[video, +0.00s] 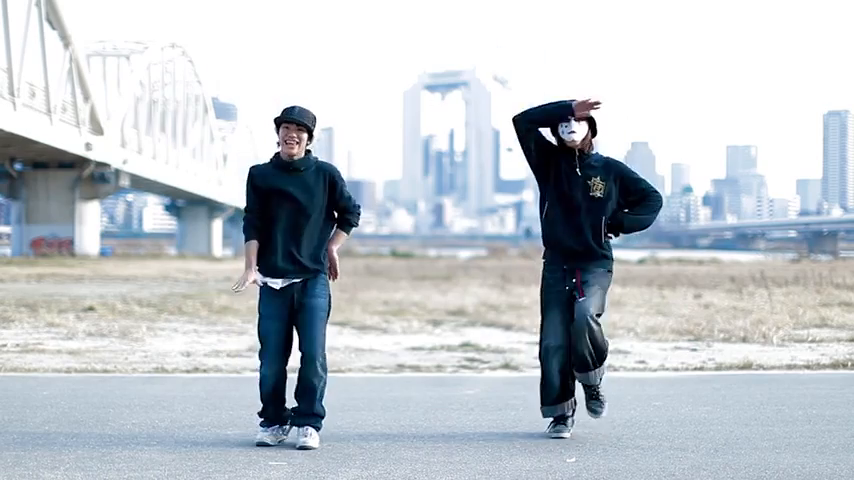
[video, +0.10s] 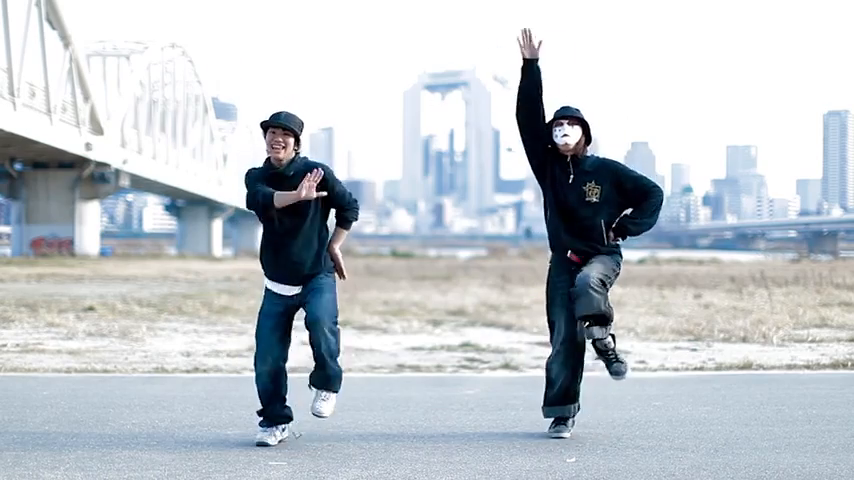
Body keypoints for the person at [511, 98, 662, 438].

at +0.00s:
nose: (569, 128)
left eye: (576, 123)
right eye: (564, 124)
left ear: (589, 130)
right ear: (558, 130)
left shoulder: (609, 169)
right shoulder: (549, 162)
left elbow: (652, 199)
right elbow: (522, 123)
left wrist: (620, 222)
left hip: (595, 262)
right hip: (556, 261)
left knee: (584, 316)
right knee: (552, 340)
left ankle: (591, 380)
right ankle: (560, 412)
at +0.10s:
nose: (563, 131)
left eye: (570, 126)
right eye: (558, 127)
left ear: (584, 132)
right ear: (551, 135)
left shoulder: (606, 170)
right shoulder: (549, 167)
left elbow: (653, 194)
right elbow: (529, 120)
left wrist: (627, 227)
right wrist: (530, 65)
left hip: (602, 254)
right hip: (563, 260)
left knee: (588, 282)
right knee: (564, 337)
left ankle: (604, 346)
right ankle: (561, 413)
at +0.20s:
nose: (561, 125)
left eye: (567, 120)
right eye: (555, 122)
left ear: (582, 126)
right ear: (549, 130)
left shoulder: (606, 160)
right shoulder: (548, 163)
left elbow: (654, 180)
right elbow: (511, 131)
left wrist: (630, 215)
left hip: (610, 250)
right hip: (573, 258)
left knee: (602, 301)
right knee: (571, 336)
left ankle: (634, 356)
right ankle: (564, 413)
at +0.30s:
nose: (561, 124)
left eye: (567, 119)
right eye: (555, 121)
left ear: (580, 126)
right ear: (548, 131)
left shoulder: (607, 157)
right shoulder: (546, 166)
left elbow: (656, 174)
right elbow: (497, 158)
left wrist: (633, 213)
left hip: (616, 257)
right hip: (579, 261)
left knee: (628, 335)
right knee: (573, 339)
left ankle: (665, 389)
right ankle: (566, 414)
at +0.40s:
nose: (568, 134)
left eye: (575, 129)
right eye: (561, 130)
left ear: (587, 137)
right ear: (554, 139)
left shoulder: (610, 172)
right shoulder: (551, 181)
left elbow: (656, 192)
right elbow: (503, 191)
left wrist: (634, 231)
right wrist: (451, 202)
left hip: (620, 276)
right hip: (580, 280)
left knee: (644, 345)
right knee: (571, 348)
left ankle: (682, 410)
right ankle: (564, 416)